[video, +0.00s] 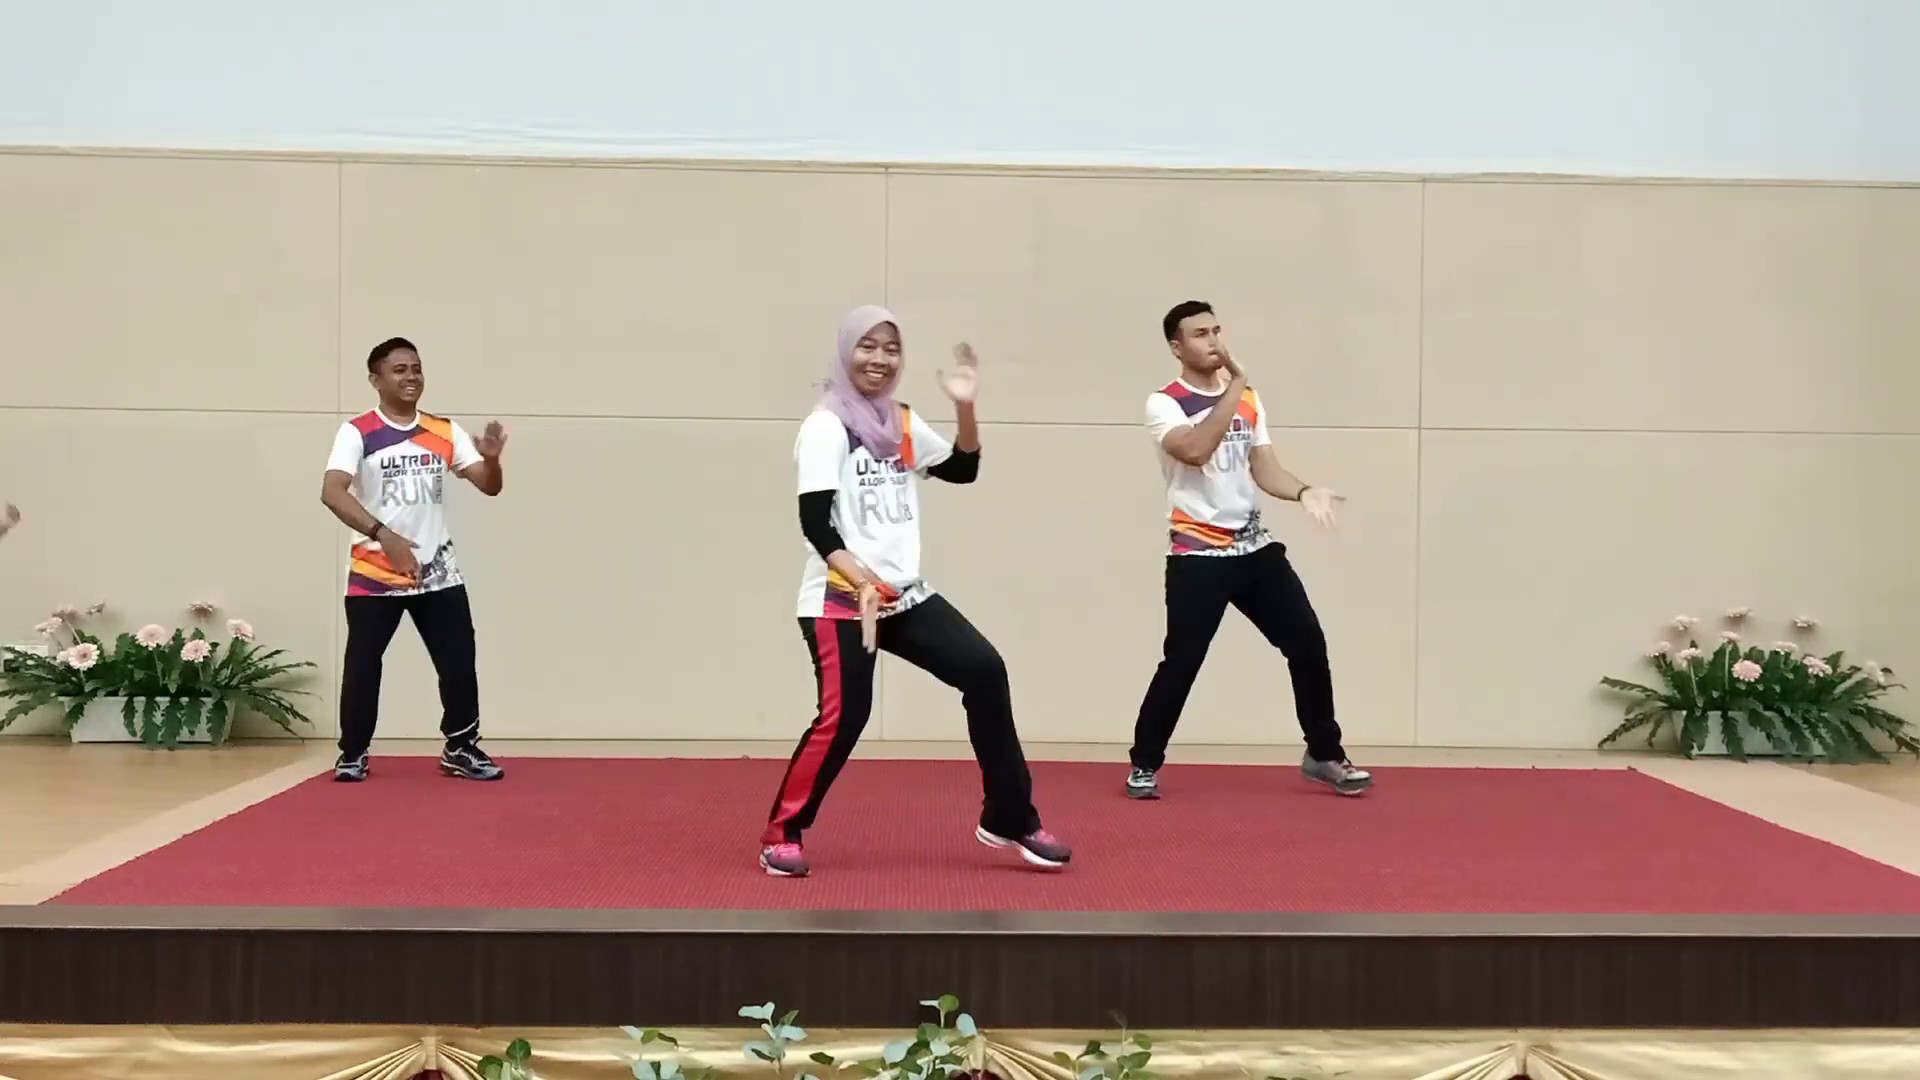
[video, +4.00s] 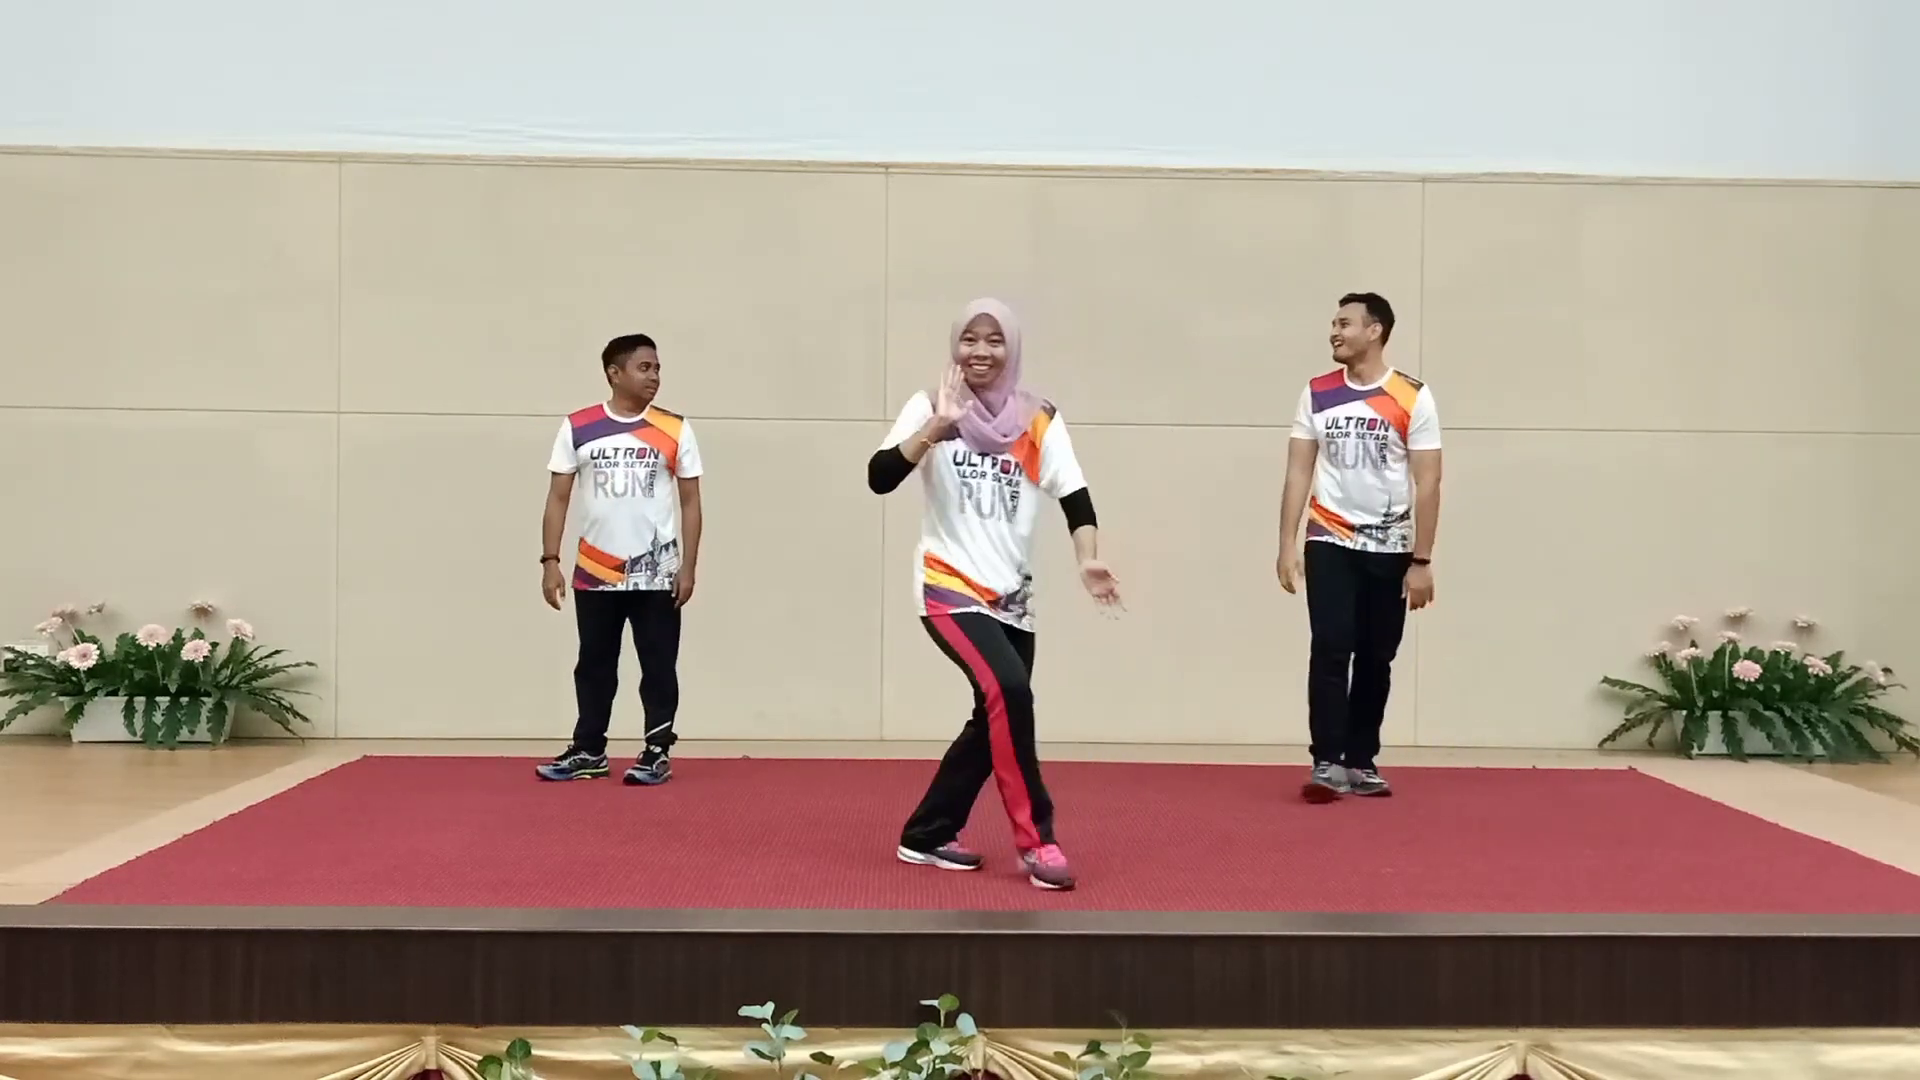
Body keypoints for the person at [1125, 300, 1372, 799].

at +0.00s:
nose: (1213, 340)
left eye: (1216, 331)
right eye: (1200, 334)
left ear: (1225, 336)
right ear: (1177, 346)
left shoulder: (1244, 397)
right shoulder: (1162, 403)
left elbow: (1264, 468)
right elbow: (1192, 449)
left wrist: (1303, 490)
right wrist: (1234, 388)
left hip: (1254, 552)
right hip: (1197, 557)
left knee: (1307, 642)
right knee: (1182, 662)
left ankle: (1323, 755)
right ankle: (1144, 766)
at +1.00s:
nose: (1258, 340)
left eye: (1270, 333)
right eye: (1250, 329)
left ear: (1283, 340)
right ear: (1235, 331)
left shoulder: (1296, 396)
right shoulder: (1205, 388)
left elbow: (1323, 458)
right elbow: (1200, 455)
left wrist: (1337, 472)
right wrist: (1254, 405)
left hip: (1276, 551)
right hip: (1213, 550)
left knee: (1307, 659)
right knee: (1183, 659)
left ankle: (1339, 772)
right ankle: (1144, 763)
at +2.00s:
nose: (1437, 329)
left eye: (1450, 324)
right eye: (1432, 319)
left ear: (1469, 336)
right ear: (1421, 324)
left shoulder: (1482, 395)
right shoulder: (1383, 386)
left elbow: (1499, 467)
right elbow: (1359, 459)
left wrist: (1456, 437)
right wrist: (1382, 476)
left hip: (1460, 542)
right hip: (1395, 544)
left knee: (1494, 651)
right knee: (1388, 659)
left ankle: (1542, 770)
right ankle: (1388, 769)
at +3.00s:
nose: (1490, 327)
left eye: (1501, 319)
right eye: (1487, 319)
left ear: (1532, 327)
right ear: (1483, 327)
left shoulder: (1558, 391)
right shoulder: (1469, 383)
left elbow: (1567, 469)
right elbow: (1424, 449)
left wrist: (1525, 434)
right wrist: (1452, 406)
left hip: (1524, 544)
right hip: (1460, 534)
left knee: (1536, 663)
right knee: (1410, 627)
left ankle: (1548, 777)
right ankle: (1381, 740)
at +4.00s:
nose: (1334, 332)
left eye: (1344, 324)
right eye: (1334, 324)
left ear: (1377, 331)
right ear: (1340, 332)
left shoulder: (1414, 398)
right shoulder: (1318, 394)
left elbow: (1428, 483)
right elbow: (1299, 470)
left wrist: (1422, 560)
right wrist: (1288, 542)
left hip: (1389, 549)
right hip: (1329, 542)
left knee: (1375, 661)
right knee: (1330, 650)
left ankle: (1360, 762)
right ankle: (1326, 761)